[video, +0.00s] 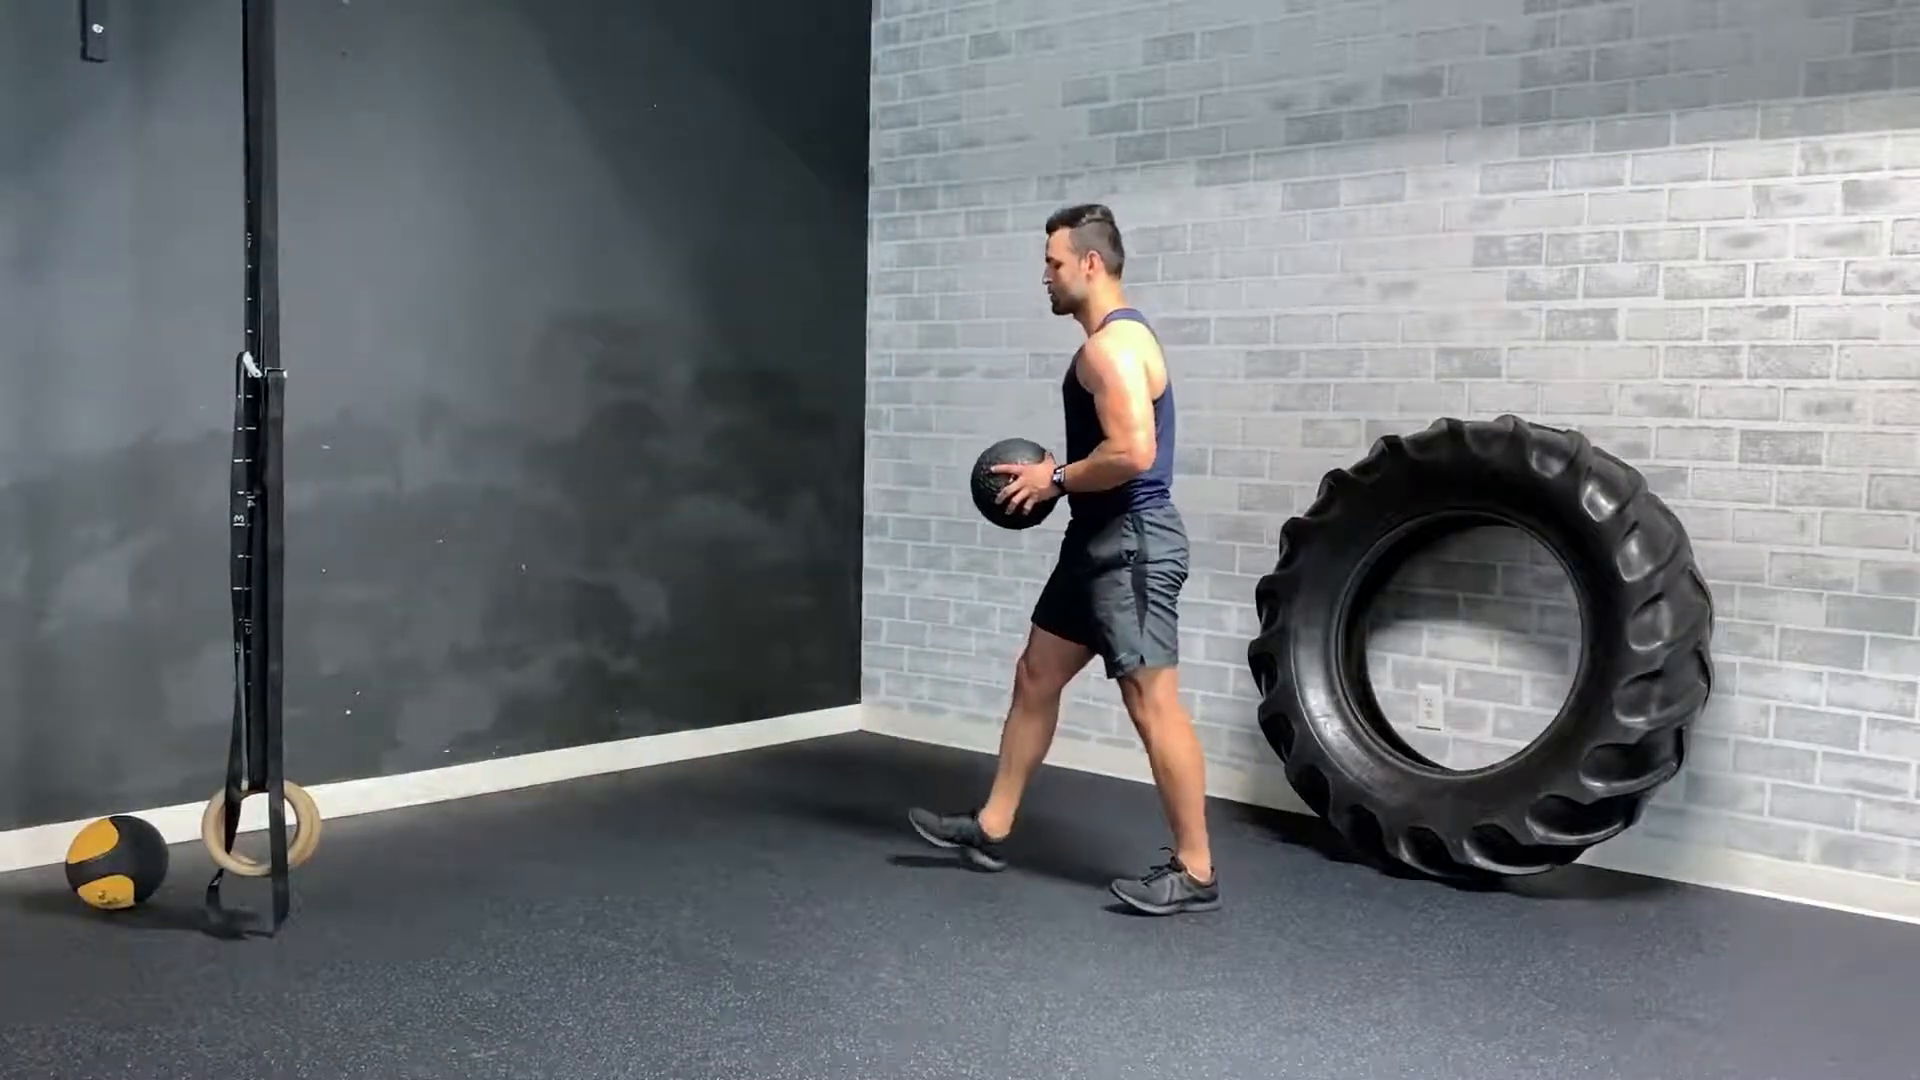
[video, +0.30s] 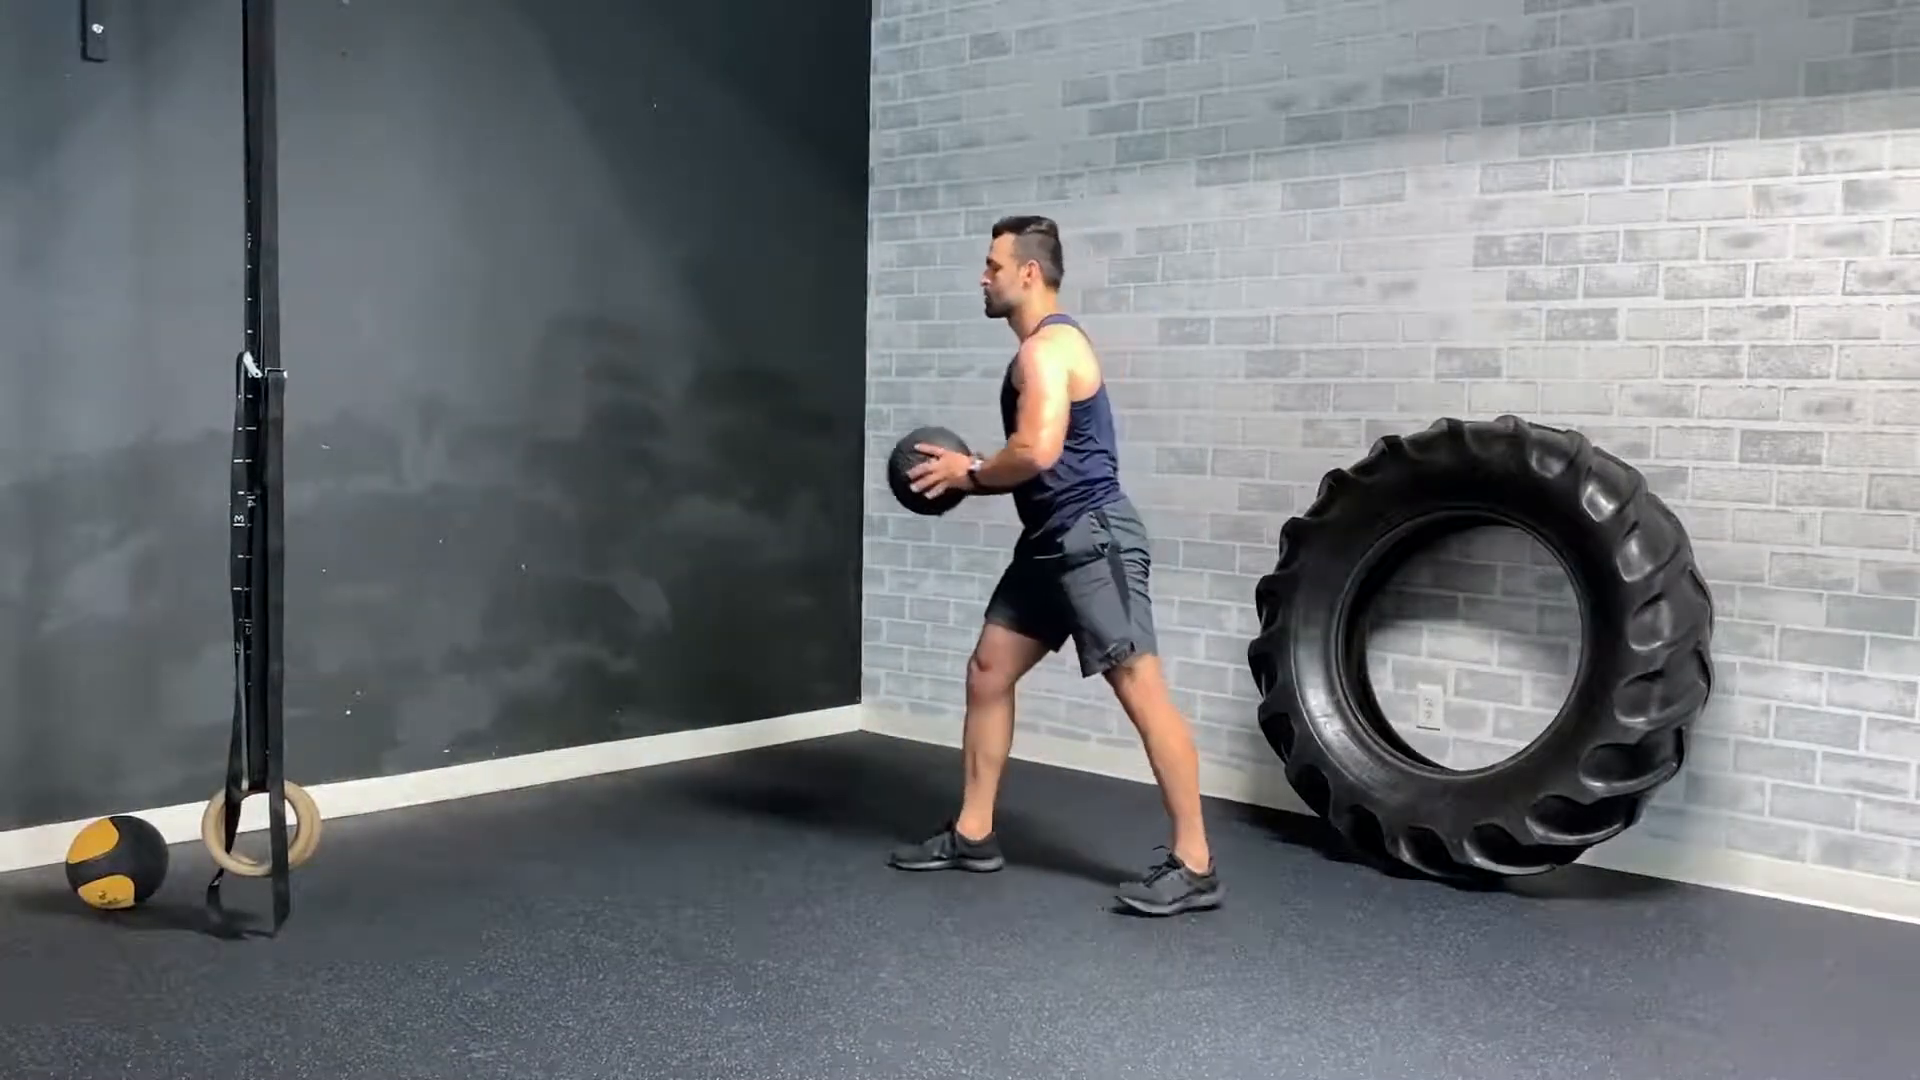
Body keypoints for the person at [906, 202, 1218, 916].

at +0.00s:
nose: (1045, 275)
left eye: (1054, 262)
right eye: (1046, 262)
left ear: (1094, 264)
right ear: (1094, 267)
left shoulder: (1112, 346)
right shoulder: (1118, 340)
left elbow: (1134, 453)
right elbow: (1123, 453)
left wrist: (1058, 477)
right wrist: (1052, 474)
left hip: (1133, 543)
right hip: (1098, 540)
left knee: (1152, 701)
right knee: (1036, 679)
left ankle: (1195, 868)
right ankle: (991, 829)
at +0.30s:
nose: (983, 278)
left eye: (993, 267)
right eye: (985, 267)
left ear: (1032, 274)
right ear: (1031, 277)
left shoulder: (1047, 348)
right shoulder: (1042, 350)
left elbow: (1035, 452)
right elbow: (1040, 455)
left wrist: (971, 474)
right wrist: (975, 469)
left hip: (1094, 538)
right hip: (1051, 544)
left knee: (1143, 692)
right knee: (988, 677)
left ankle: (1194, 862)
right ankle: (973, 836)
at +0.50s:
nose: (980, 277)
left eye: (990, 265)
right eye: (983, 265)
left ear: (1026, 272)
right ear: (1027, 273)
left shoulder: (1045, 342)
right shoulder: (1035, 345)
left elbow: (982, 439)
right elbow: (981, 451)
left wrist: (915, 424)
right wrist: (910, 429)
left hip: (1092, 532)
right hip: (1047, 545)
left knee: (1158, 676)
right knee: (989, 675)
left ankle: (1253, 832)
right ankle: (973, 835)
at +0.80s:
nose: (1036, 284)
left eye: (1046, 272)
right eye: (1039, 273)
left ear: (1083, 277)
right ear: (1083, 278)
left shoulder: (1100, 355)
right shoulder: (1071, 352)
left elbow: (1010, 427)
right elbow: (999, 379)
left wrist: (955, 357)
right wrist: (953, 348)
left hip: (1126, 551)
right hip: (1073, 554)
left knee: (1179, 699)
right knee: (1001, 677)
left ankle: (1255, 859)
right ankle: (973, 837)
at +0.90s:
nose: (1056, 286)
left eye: (1066, 274)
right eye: (1059, 274)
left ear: (1103, 278)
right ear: (1099, 279)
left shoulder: (1124, 358)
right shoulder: (1082, 352)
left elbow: (1034, 428)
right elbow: (984, 357)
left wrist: (995, 348)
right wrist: (976, 294)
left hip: (1138, 554)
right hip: (1081, 557)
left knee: (1189, 700)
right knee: (1011, 679)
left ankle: (1257, 863)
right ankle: (973, 837)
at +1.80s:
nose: (1087, 289)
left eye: (1098, 278)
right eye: (1088, 277)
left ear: (1142, 281)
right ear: (1116, 279)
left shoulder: (1182, 363)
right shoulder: (1133, 353)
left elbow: (1132, 461)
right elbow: (1126, 466)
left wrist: (1121, 375)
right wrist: (1103, 538)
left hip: (1157, 551)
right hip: (1107, 548)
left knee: (1194, 706)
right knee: (1035, 677)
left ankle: (1258, 862)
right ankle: (984, 829)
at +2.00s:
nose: (1072, 286)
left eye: (1083, 274)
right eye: (1075, 274)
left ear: (1126, 282)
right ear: (1115, 284)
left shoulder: (1164, 366)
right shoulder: (1118, 357)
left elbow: (1118, 464)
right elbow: (1104, 475)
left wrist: (1113, 380)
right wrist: (1086, 550)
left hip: (1146, 554)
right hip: (1097, 556)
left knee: (1198, 702)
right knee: (1029, 683)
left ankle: (1258, 861)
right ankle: (989, 828)